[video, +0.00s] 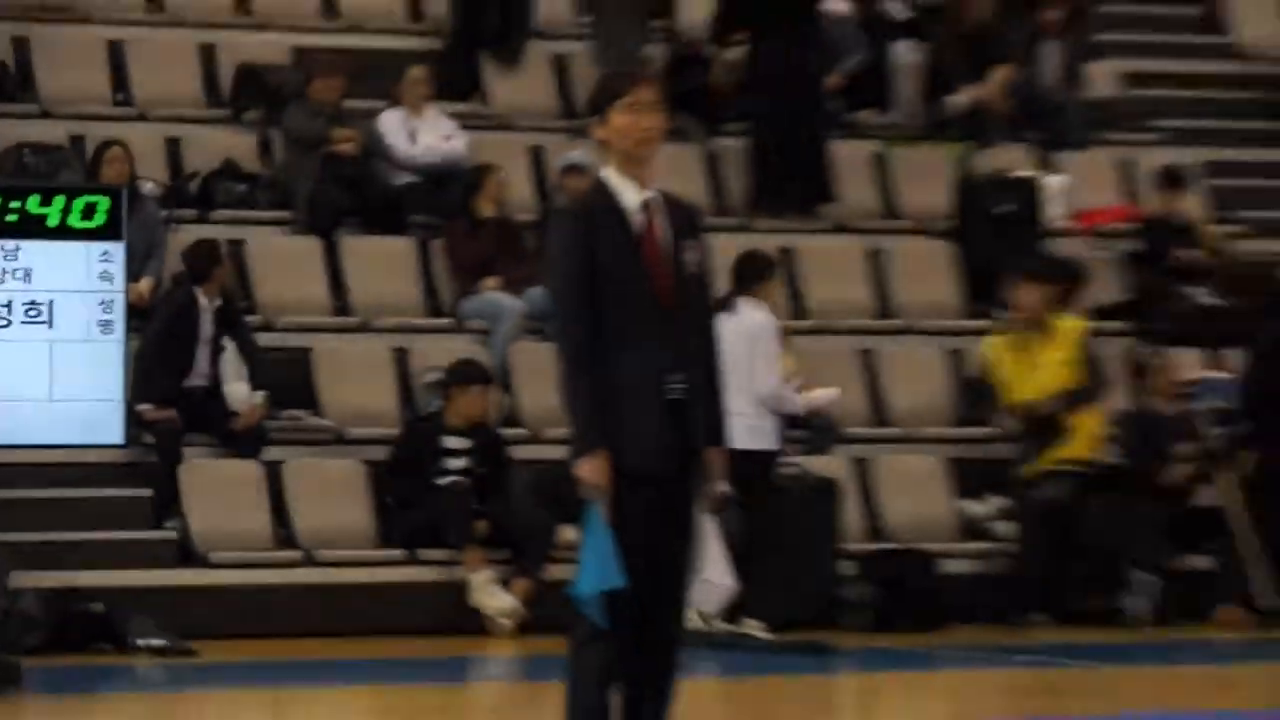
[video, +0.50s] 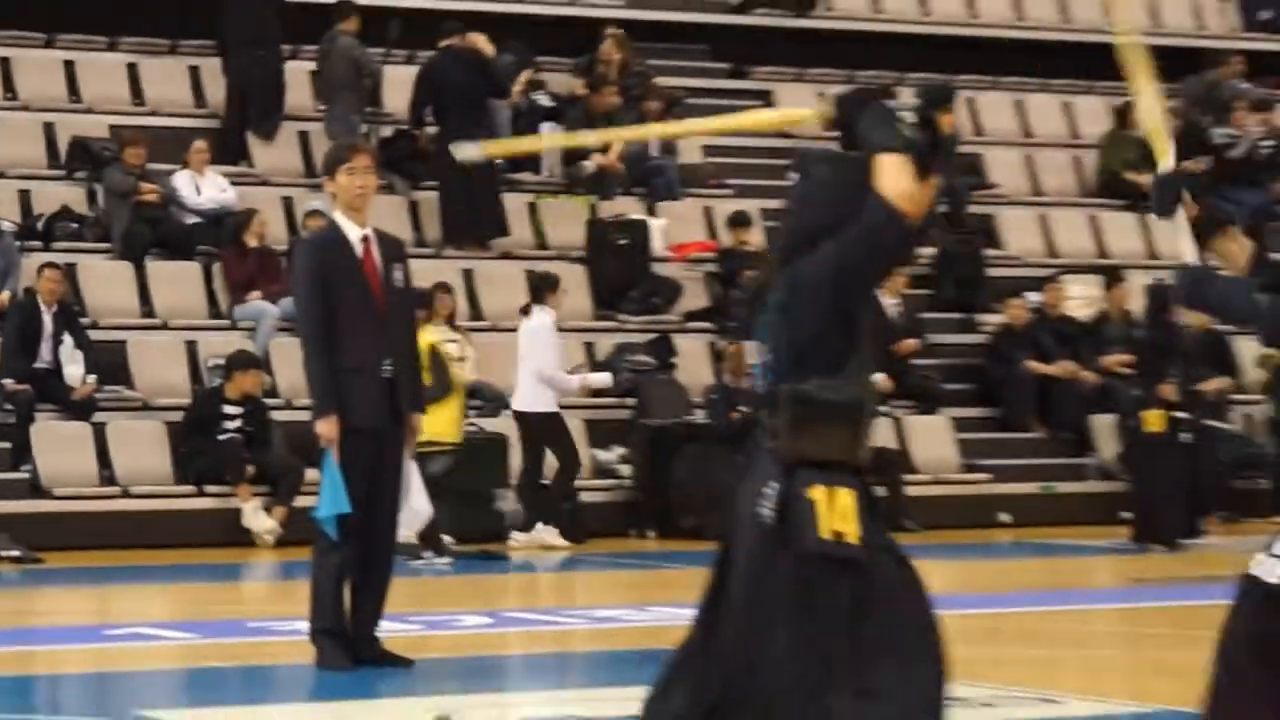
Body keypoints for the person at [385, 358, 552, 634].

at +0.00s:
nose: (483, 403)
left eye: (485, 394)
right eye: (476, 394)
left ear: (487, 396)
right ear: (454, 395)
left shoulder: (489, 439)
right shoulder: (419, 432)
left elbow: (499, 489)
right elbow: (402, 485)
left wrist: (488, 518)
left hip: (473, 522)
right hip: (421, 523)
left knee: (537, 523)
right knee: (457, 495)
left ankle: (512, 599)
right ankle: (479, 580)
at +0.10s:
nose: (423, 400)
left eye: (424, 393)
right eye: (417, 392)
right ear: (395, 393)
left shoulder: (422, 433)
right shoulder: (358, 428)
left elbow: (432, 482)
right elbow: (339, 479)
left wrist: (420, 508)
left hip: (406, 509)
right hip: (356, 511)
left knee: (467, 512)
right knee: (393, 485)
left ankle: (444, 585)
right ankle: (414, 566)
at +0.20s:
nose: (375, 397)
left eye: (376, 390)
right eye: (369, 390)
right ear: (347, 390)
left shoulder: (370, 427)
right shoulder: (311, 420)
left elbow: (379, 472)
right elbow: (294, 468)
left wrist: (370, 497)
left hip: (356, 494)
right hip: (310, 498)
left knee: (412, 502)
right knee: (342, 478)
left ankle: (392, 568)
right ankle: (364, 553)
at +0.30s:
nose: (330, 392)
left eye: (331, 386)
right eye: (324, 386)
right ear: (303, 386)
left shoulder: (326, 421)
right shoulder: (270, 414)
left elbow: (335, 463)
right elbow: (251, 458)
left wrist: (324, 485)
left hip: (312, 486)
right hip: (270, 488)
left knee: (363, 488)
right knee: (300, 465)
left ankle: (346, 551)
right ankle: (319, 536)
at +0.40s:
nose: (291, 383)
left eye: (291, 377)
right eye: (285, 376)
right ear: (267, 377)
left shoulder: (288, 409)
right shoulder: (235, 403)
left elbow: (296, 449)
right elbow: (216, 445)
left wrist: (285, 470)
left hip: (275, 470)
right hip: (234, 471)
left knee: (326, 474)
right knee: (264, 451)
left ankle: (306, 532)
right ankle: (280, 517)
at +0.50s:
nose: (260, 381)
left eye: (259, 376)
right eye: (254, 375)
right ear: (237, 376)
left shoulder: (257, 406)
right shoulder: (206, 400)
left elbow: (262, 445)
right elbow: (189, 440)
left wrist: (253, 464)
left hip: (244, 463)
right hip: (204, 464)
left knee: (292, 468)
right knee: (233, 445)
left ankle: (273, 523)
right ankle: (248, 508)